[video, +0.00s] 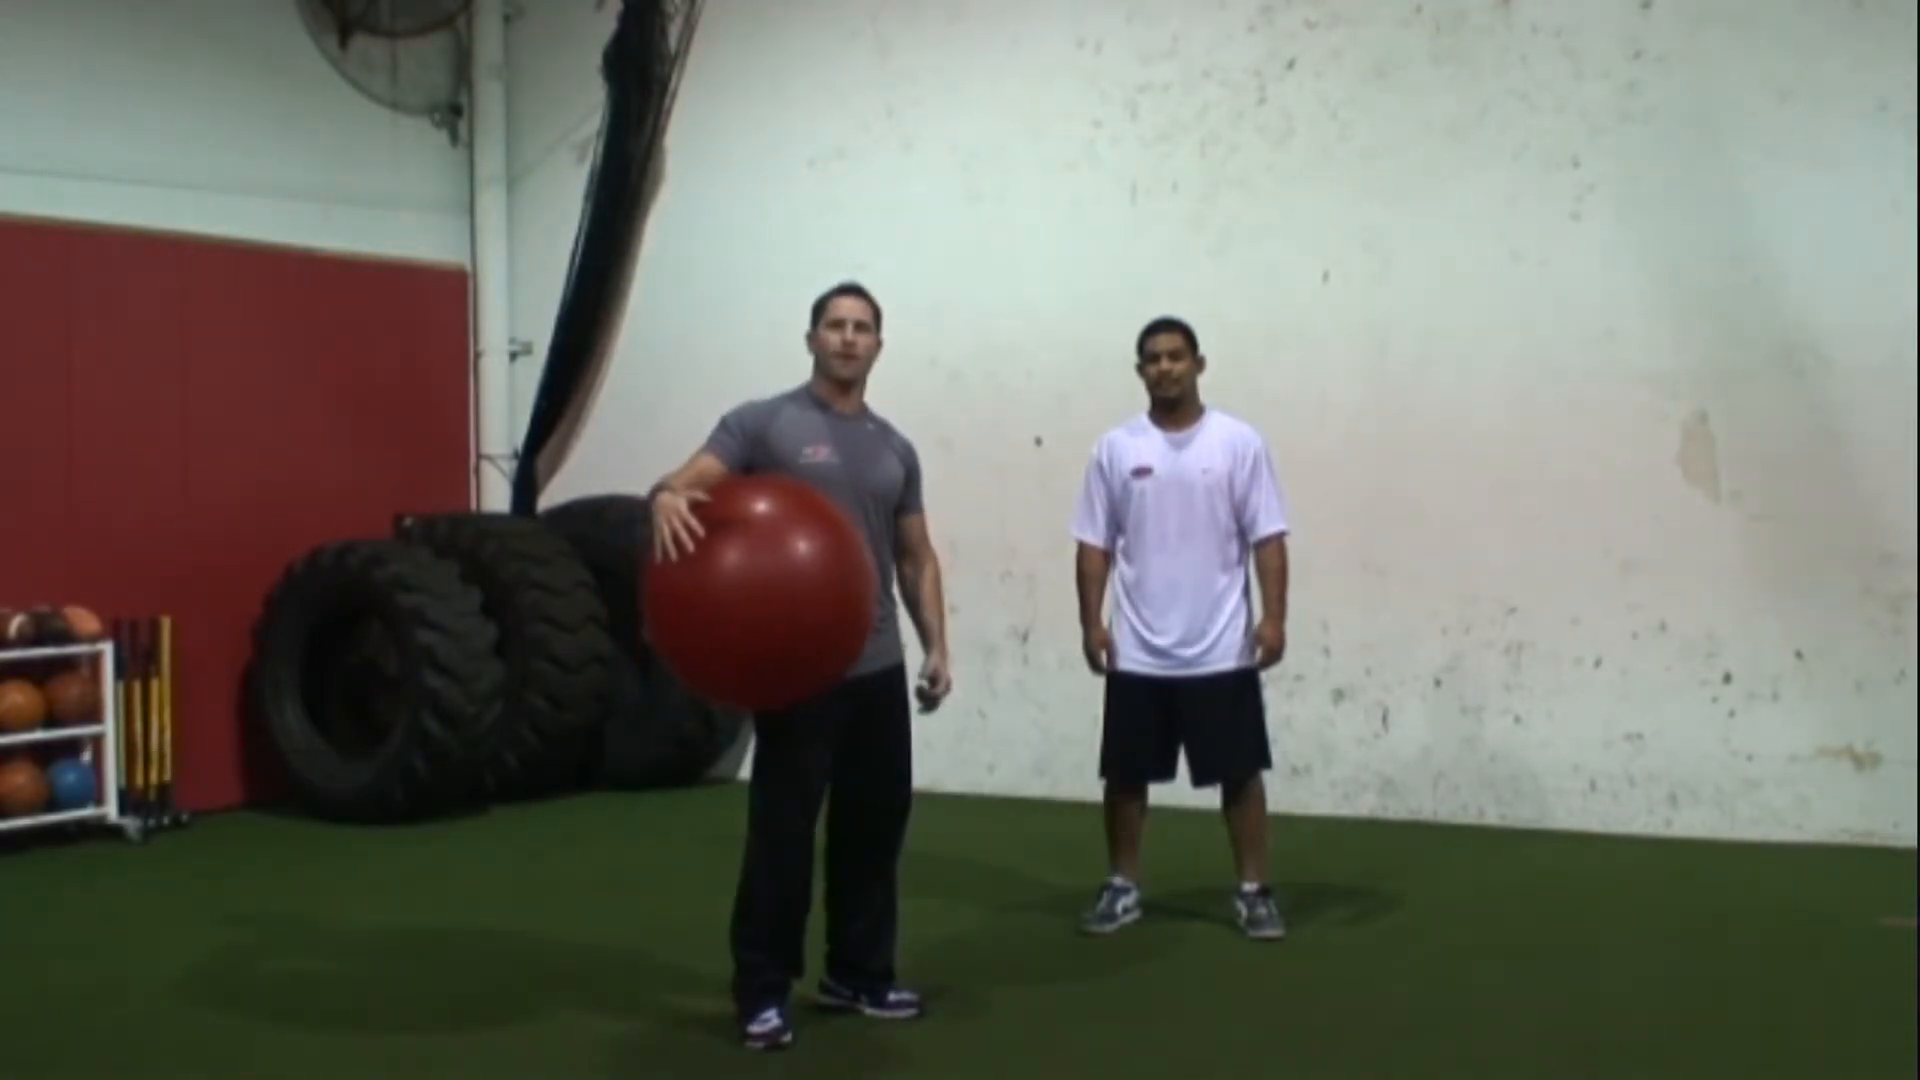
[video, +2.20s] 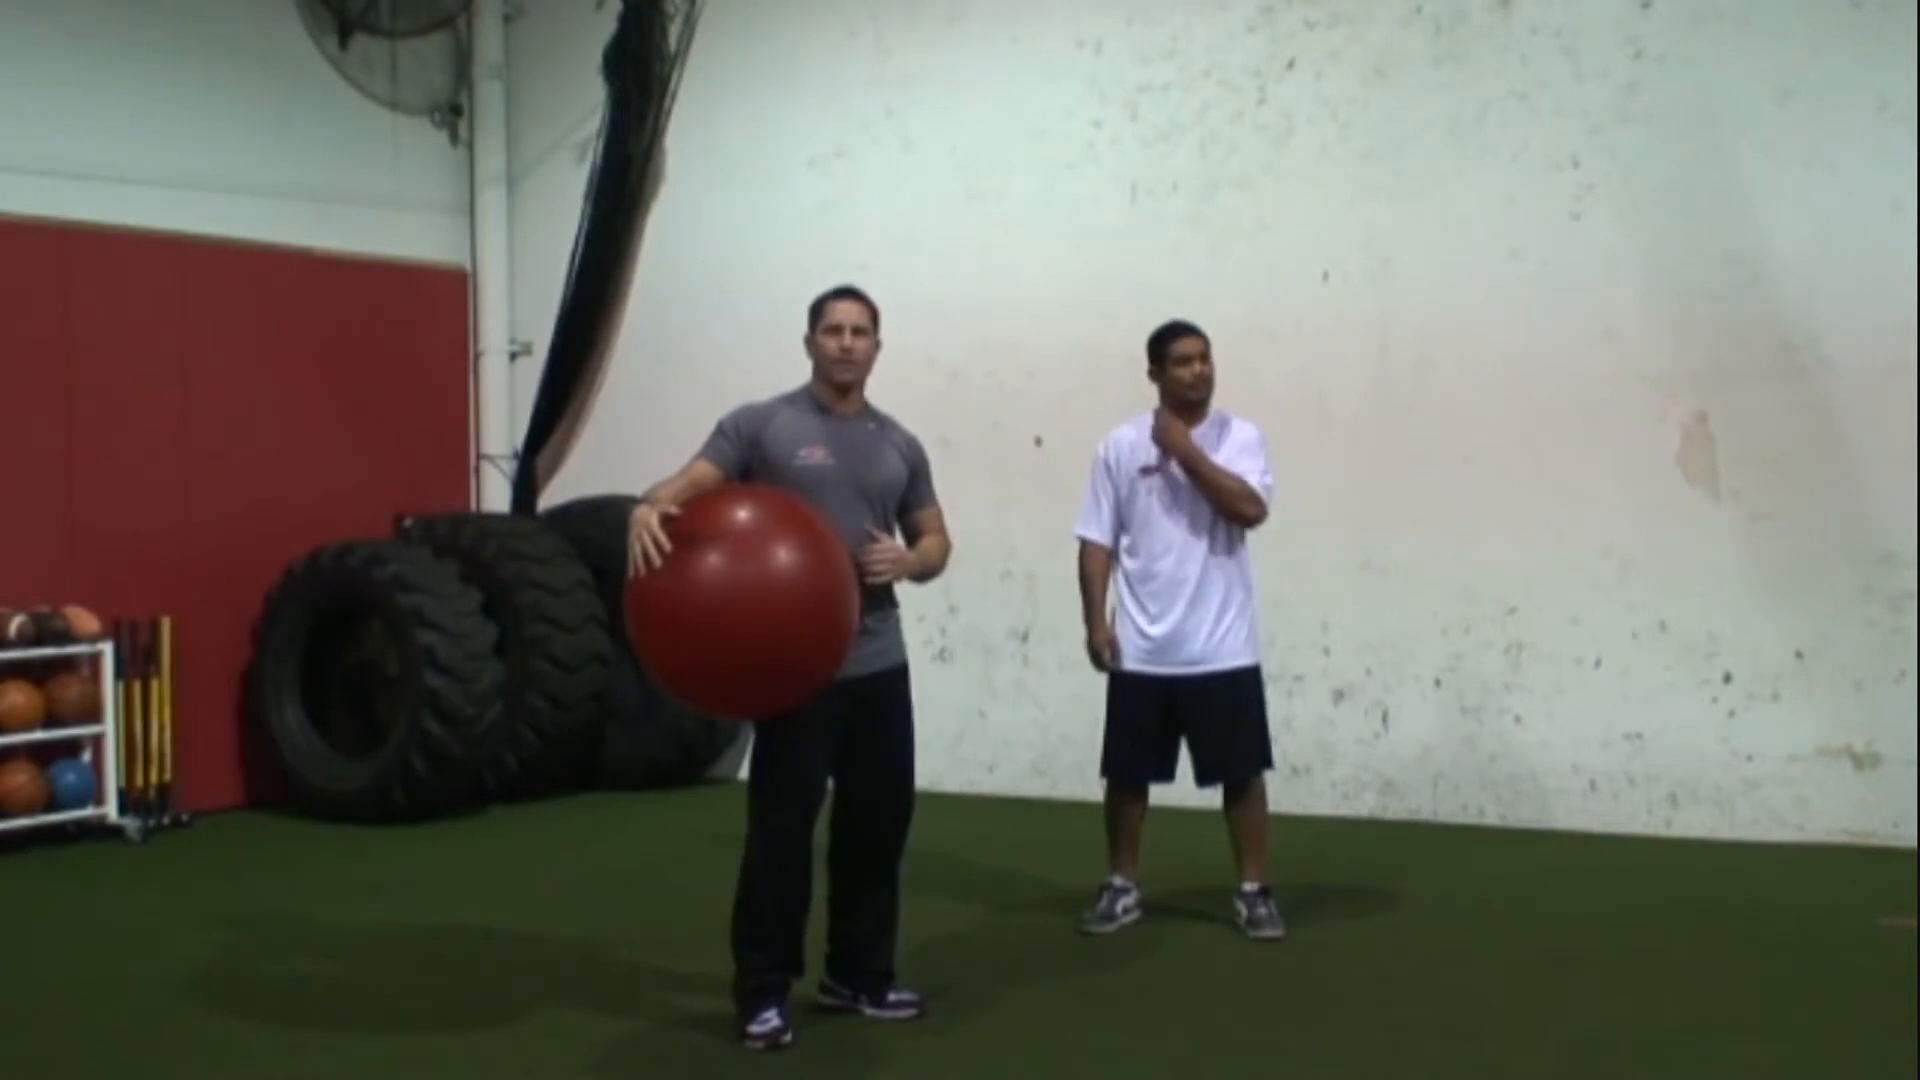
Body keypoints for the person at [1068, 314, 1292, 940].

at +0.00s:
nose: (1164, 367)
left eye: (1175, 357)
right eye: (1153, 359)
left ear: (1198, 365)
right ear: (1140, 371)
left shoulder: (1239, 443)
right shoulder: (1116, 449)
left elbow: (1268, 536)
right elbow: (1093, 540)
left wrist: (1273, 617)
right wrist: (1092, 621)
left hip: (1221, 645)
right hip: (1139, 646)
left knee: (1242, 776)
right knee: (1124, 777)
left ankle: (1254, 888)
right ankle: (1122, 883)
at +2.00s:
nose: (1178, 367)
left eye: (1187, 357)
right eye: (1164, 359)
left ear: (1204, 366)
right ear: (1145, 372)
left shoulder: (1245, 442)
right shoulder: (1119, 449)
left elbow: (1277, 524)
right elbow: (1095, 539)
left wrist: (1230, 548)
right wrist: (1094, 620)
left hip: (1222, 646)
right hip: (1141, 647)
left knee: (1242, 776)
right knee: (1125, 777)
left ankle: (1254, 888)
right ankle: (1122, 884)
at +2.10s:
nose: (1189, 369)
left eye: (1197, 359)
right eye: (1175, 361)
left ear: (1210, 367)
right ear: (1151, 373)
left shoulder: (1242, 440)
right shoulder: (1121, 448)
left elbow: (1268, 522)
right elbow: (1095, 539)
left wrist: (1197, 486)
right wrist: (1094, 620)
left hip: (1222, 644)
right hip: (1141, 645)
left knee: (1243, 777)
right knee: (1125, 777)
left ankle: (1254, 888)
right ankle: (1122, 883)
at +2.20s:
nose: (1196, 371)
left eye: (1202, 360)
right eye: (1182, 363)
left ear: (1214, 366)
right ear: (1156, 373)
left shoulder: (1238, 438)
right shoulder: (1122, 447)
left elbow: (1251, 508)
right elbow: (1096, 538)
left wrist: (1184, 449)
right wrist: (1097, 619)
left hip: (1222, 645)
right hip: (1141, 645)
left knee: (1243, 778)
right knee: (1126, 777)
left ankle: (1254, 888)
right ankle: (1122, 883)